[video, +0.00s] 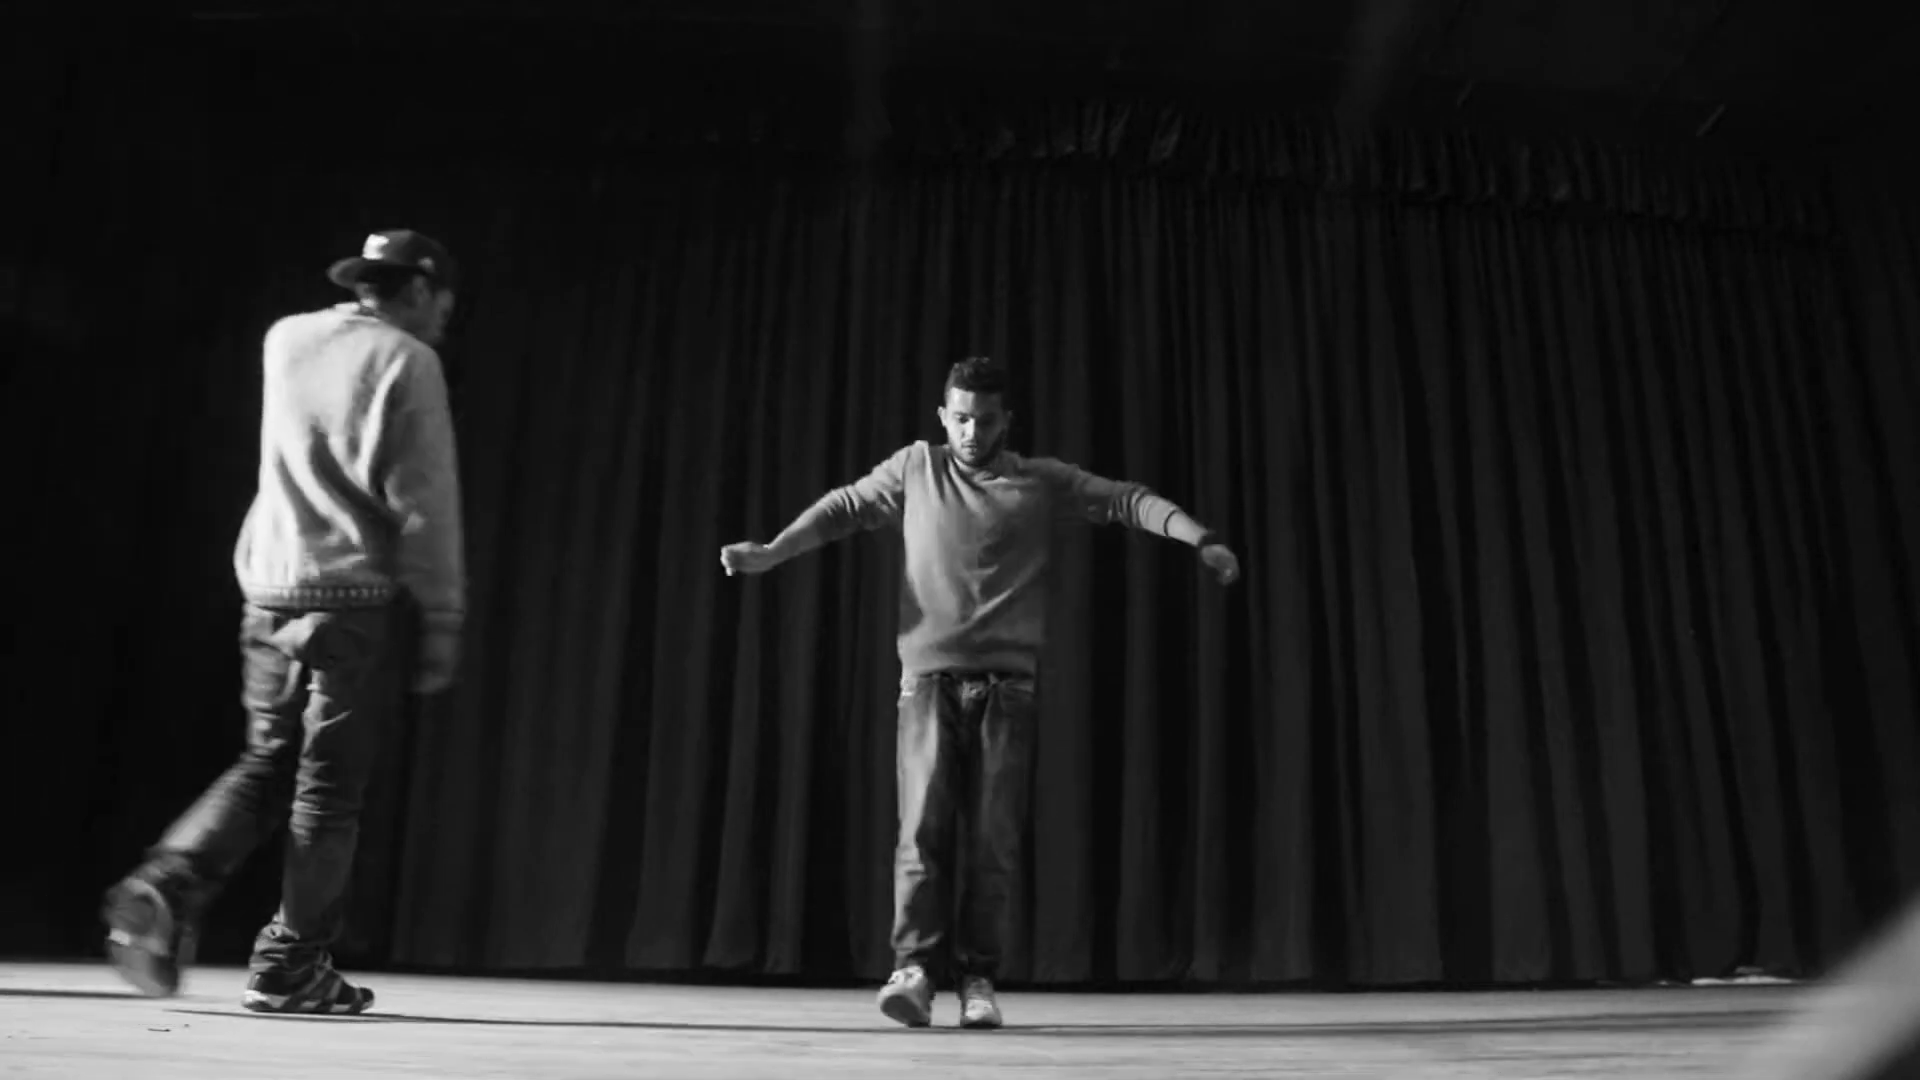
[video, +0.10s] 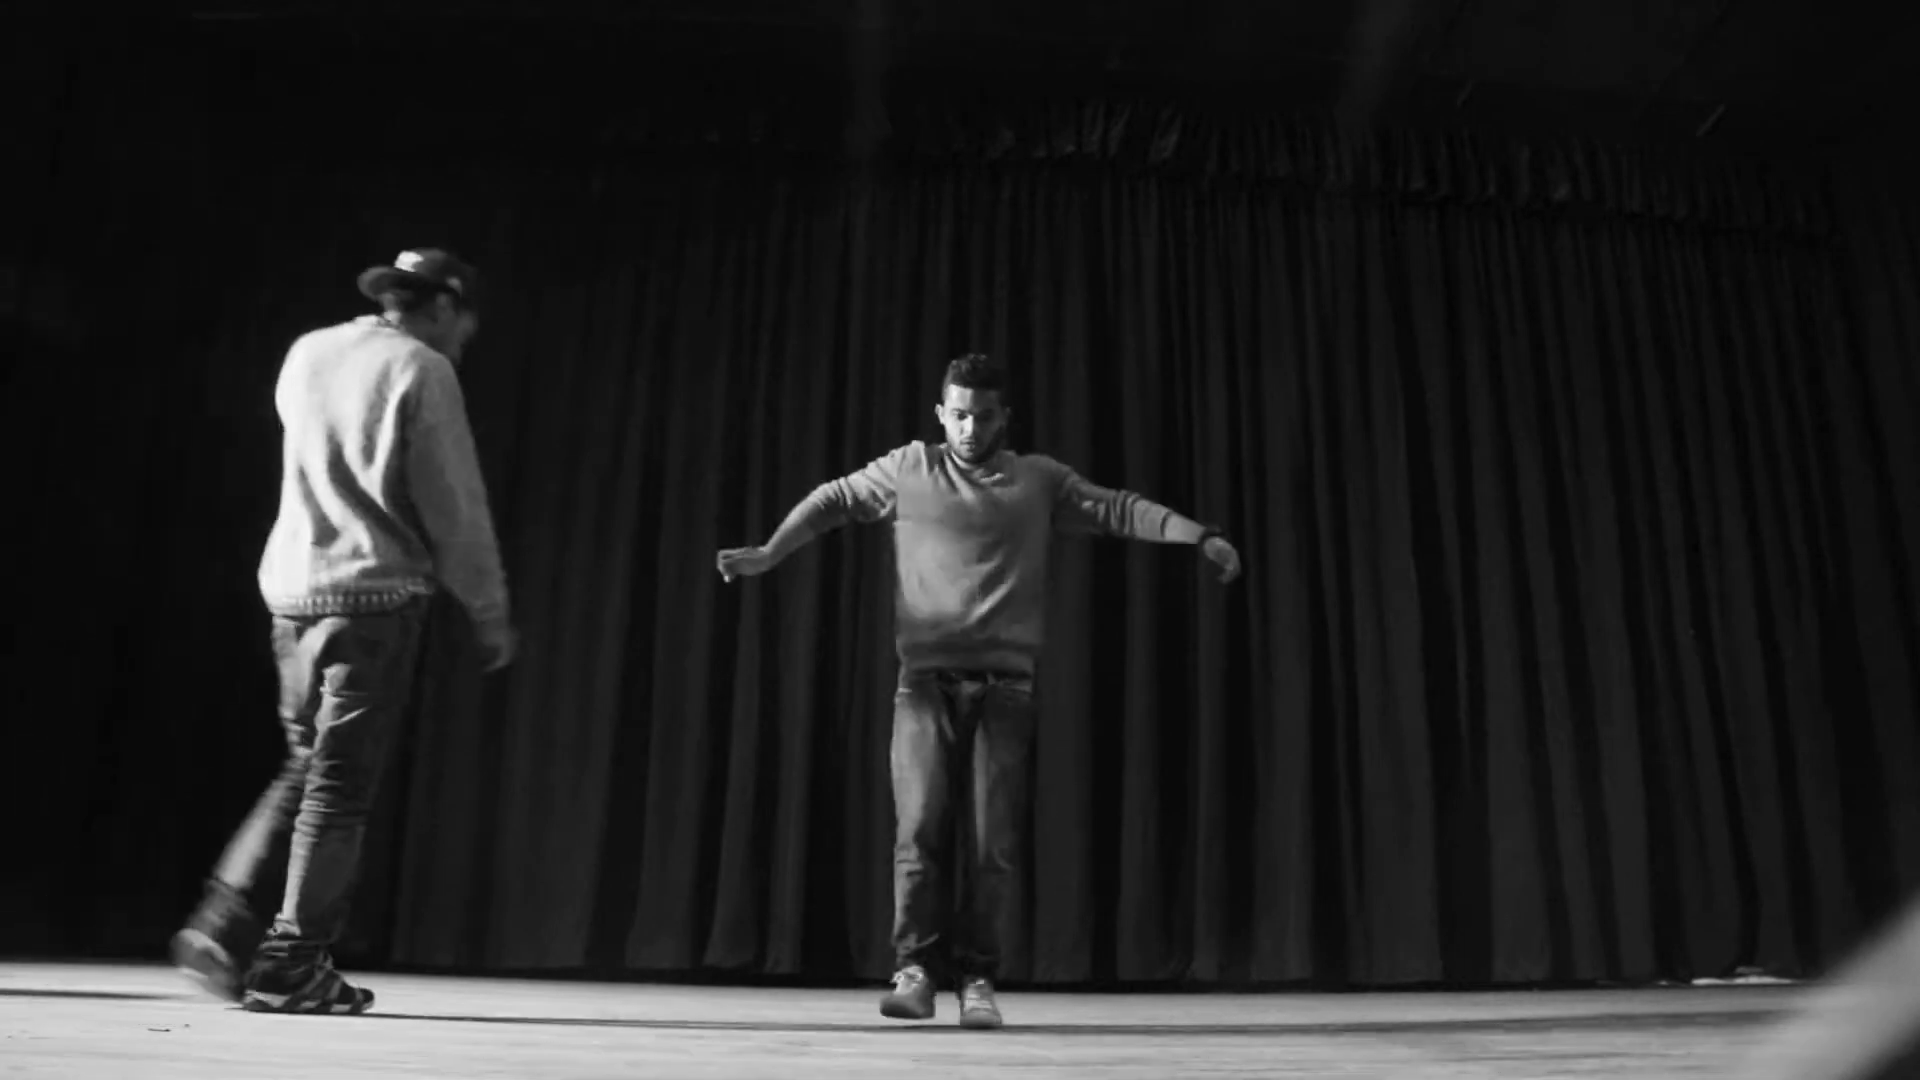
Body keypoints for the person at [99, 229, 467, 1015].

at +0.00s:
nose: (444, 316)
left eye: (446, 302)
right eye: (441, 300)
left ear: (365, 286)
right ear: (414, 292)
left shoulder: (287, 336)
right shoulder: (410, 362)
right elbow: (425, 507)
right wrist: (442, 623)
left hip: (268, 589)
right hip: (352, 599)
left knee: (265, 761)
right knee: (329, 784)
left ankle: (159, 892)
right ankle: (294, 962)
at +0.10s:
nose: (467, 335)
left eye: (468, 320)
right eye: (466, 319)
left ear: (389, 300)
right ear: (440, 304)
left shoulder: (305, 353)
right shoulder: (424, 368)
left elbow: (312, 463)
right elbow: (454, 502)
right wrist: (491, 617)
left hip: (291, 592)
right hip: (372, 599)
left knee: (302, 763)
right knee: (336, 783)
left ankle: (219, 924)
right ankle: (293, 963)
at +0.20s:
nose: (484, 363)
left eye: (487, 350)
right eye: (485, 348)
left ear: (420, 322)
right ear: (464, 333)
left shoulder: (332, 368)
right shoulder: (441, 382)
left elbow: (290, 450)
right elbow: (472, 510)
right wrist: (524, 593)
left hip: (307, 602)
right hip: (382, 604)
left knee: (348, 775)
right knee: (341, 784)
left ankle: (312, 958)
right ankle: (288, 962)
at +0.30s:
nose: (500, 396)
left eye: (506, 386)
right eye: (504, 383)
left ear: (444, 347)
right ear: (488, 361)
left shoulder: (351, 390)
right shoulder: (459, 397)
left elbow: (289, 490)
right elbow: (488, 525)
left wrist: (361, 488)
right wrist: (544, 598)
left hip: (323, 616)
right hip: (396, 614)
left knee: (371, 782)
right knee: (349, 790)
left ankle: (378, 947)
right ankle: (290, 961)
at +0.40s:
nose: (514, 423)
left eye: (520, 415)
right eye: (517, 411)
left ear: (458, 375)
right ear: (503, 390)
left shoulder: (367, 416)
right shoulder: (475, 416)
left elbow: (301, 516)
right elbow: (499, 534)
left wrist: (359, 572)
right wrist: (548, 623)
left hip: (342, 621)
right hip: (413, 620)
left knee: (385, 798)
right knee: (363, 796)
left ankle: (417, 960)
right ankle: (293, 954)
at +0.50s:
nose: (528, 449)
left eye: (532, 440)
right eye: (531, 435)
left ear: (478, 399)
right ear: (517, 414)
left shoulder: (384, 440)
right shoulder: (488, 435)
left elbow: (325, 540)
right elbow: (503, 547)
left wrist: (366, 614)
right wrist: (538, 654)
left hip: (366, 636)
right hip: (428, 634)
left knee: (404, 797)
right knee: (391, 793)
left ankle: (424, 966)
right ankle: (303, 950)